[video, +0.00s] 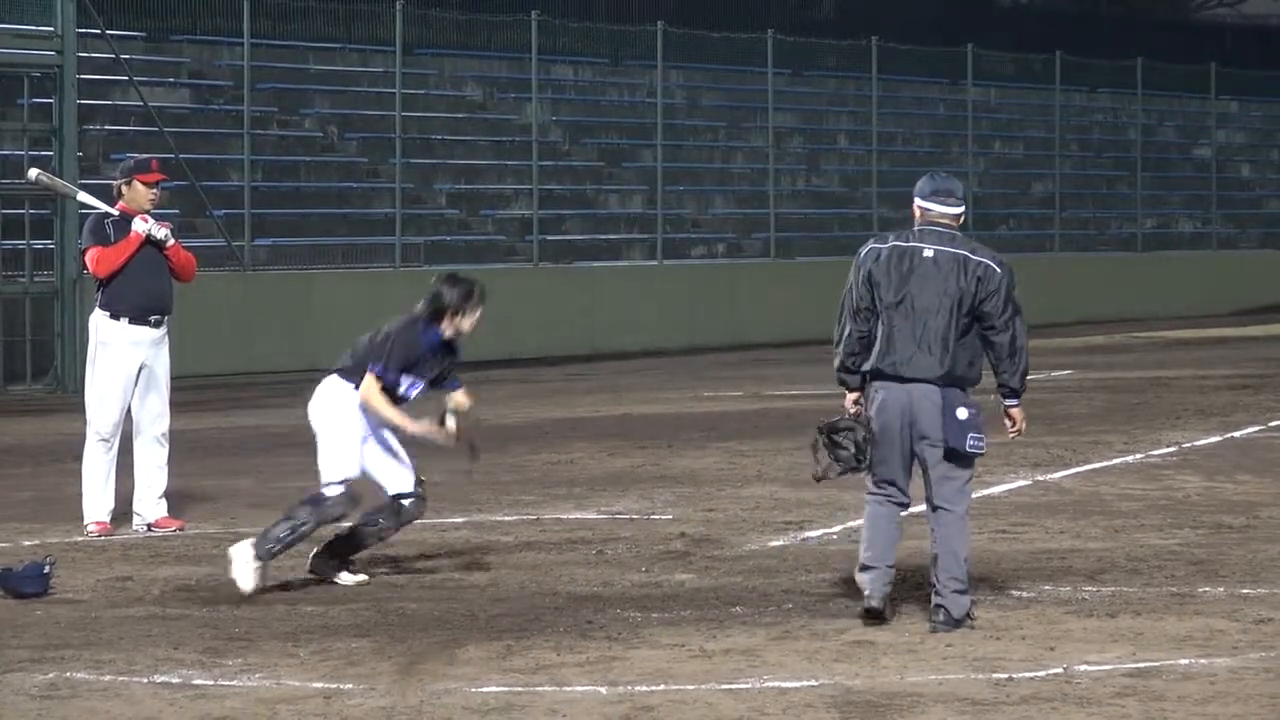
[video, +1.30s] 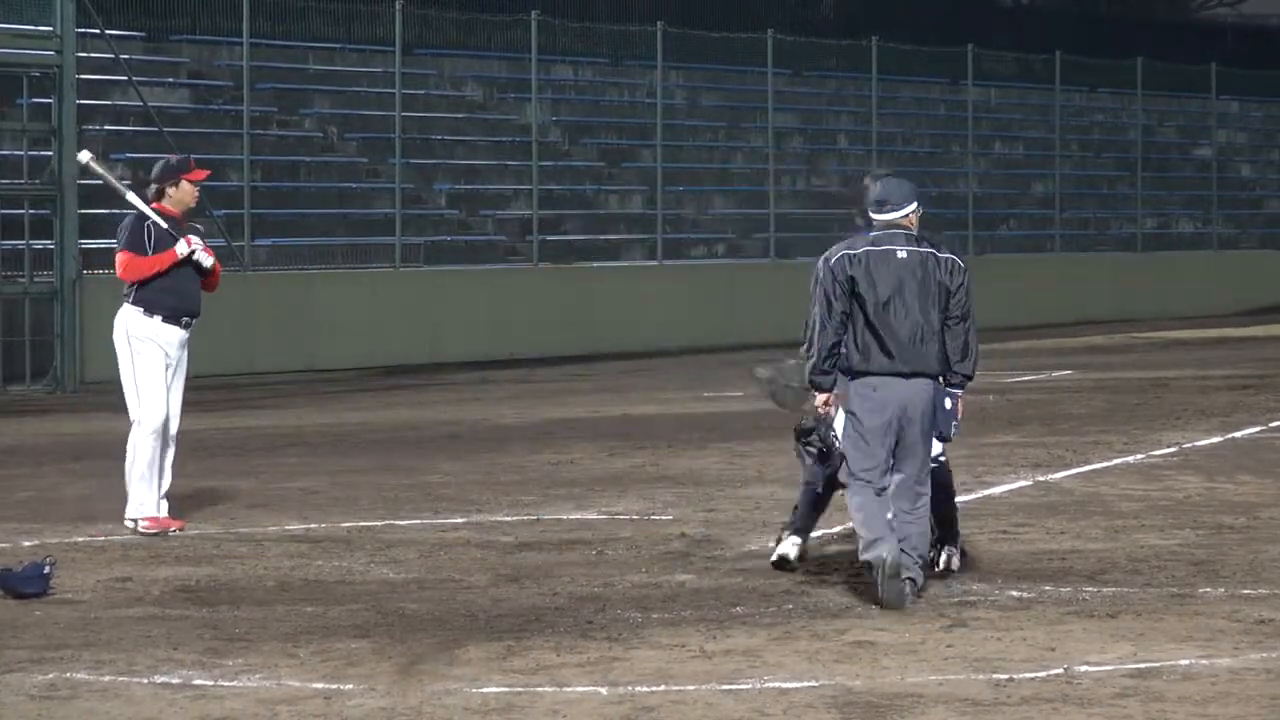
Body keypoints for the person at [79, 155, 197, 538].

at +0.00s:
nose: (156, 191)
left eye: (157, 186)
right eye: (149, 185)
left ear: (153, 190)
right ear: (125, 186)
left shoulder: (158, 228)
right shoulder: (101, 222)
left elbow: (188, 271)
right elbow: (99, 266)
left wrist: (168, 242)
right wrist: (138, 235)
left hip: (156, 335)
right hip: (115, 333)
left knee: (154, 427)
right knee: (104, 428)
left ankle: (151, 512)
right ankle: (98, 516)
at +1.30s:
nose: (198, 191)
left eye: (198, 185)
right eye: (192, 185)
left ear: (180, 188)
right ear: (169, 187)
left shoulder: (188, 230)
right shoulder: (140, 220)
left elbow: (210, 283)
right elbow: (126, 269)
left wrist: (209, 265)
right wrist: (178, 253)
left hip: (178, 334)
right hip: (143, 328)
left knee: (168, 424)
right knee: (150, 418)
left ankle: (157, 509)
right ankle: (140, 511)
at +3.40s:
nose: (317, 190)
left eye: (317, 184)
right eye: (309, 185)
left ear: (309, 186)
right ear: (285, 187)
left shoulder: (317, 227)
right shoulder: (265, 227)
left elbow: (330, 277)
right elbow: (255, 288)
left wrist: (354, 323)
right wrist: (267, 344)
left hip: (319, 338)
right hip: (282, 338)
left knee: (325, 427)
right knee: (287, 434)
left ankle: (282, 499)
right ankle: (299, 526)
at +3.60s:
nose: (322, 194)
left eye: (323, 187)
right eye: (315, 188)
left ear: (317, 186)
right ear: (290, 187)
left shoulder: (325, 226)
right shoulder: (267, 228)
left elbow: (334, 276)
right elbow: (255, 286)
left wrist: (348, 326)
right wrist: (268, 341)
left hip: (330, 339)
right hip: (288, 339)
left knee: (342, 427)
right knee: (288, 436)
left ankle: (327, 511)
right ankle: (298, 524)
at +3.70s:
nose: (326, 195)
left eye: (328, 188)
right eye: (318, 188)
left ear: (324, 187)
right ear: (293, 187)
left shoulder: (331, 226)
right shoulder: (269, 228)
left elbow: (340, 280)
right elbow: (255, 286)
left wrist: (346, 334)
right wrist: (267, 341)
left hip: (333, 339)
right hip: (289, 340)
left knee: (344, 433)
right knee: (290, 438)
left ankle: (346, 519)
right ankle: (299, 525)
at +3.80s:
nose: (331, 195)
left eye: (333, 188)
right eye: (324, 189)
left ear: (330, 187)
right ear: (299, 187)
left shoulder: (337, 228)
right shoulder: (273, 227)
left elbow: (342, 283)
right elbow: (257, 285)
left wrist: (346, 333)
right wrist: (261, 338)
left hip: (336, 340)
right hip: (291, 340)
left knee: (348, 432)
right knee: (292, 437)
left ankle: (357, 519)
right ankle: (299, 525)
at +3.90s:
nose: (338, 195)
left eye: (340, 188)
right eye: (330, 188)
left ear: (339, 188)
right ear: (306, 187)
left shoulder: (345, 230)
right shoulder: (279, 228)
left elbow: (347, 282)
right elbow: (261, 286)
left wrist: (348, 331)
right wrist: (258, 341)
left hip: (340, 340)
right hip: (293, 340)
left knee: (350, 431)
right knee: (293, 437)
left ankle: (358, 519)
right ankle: (299, 524)